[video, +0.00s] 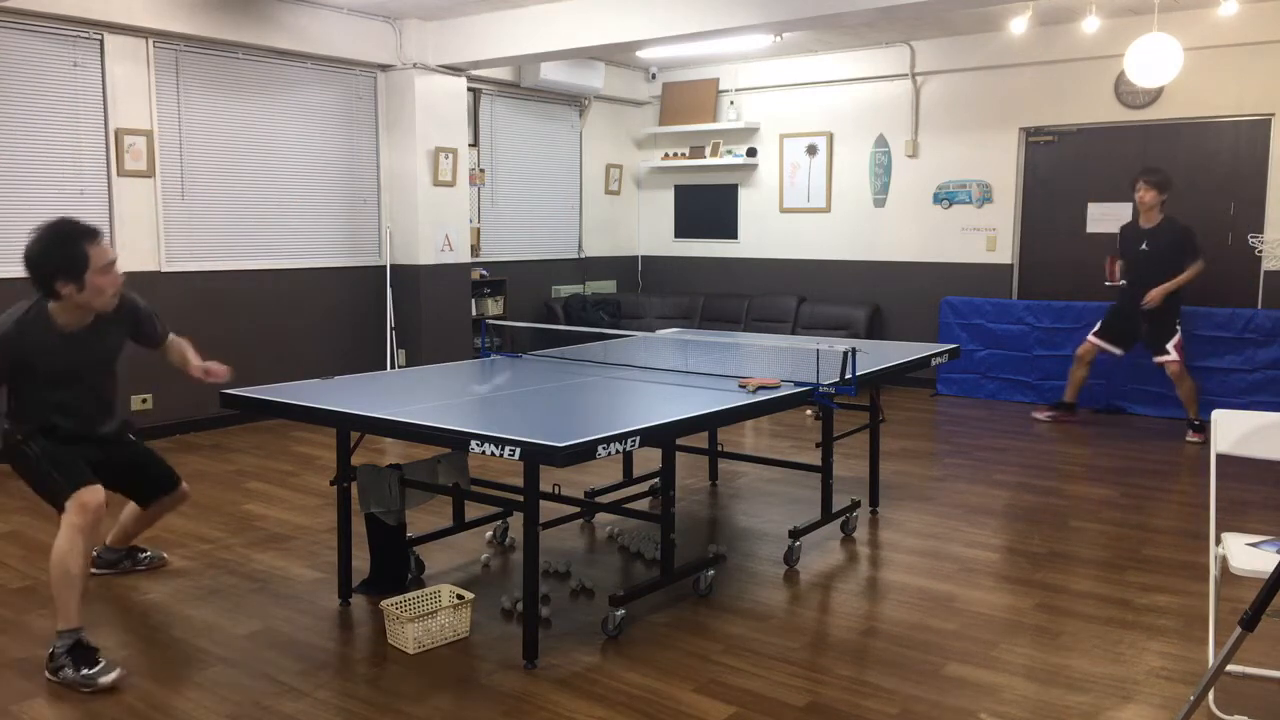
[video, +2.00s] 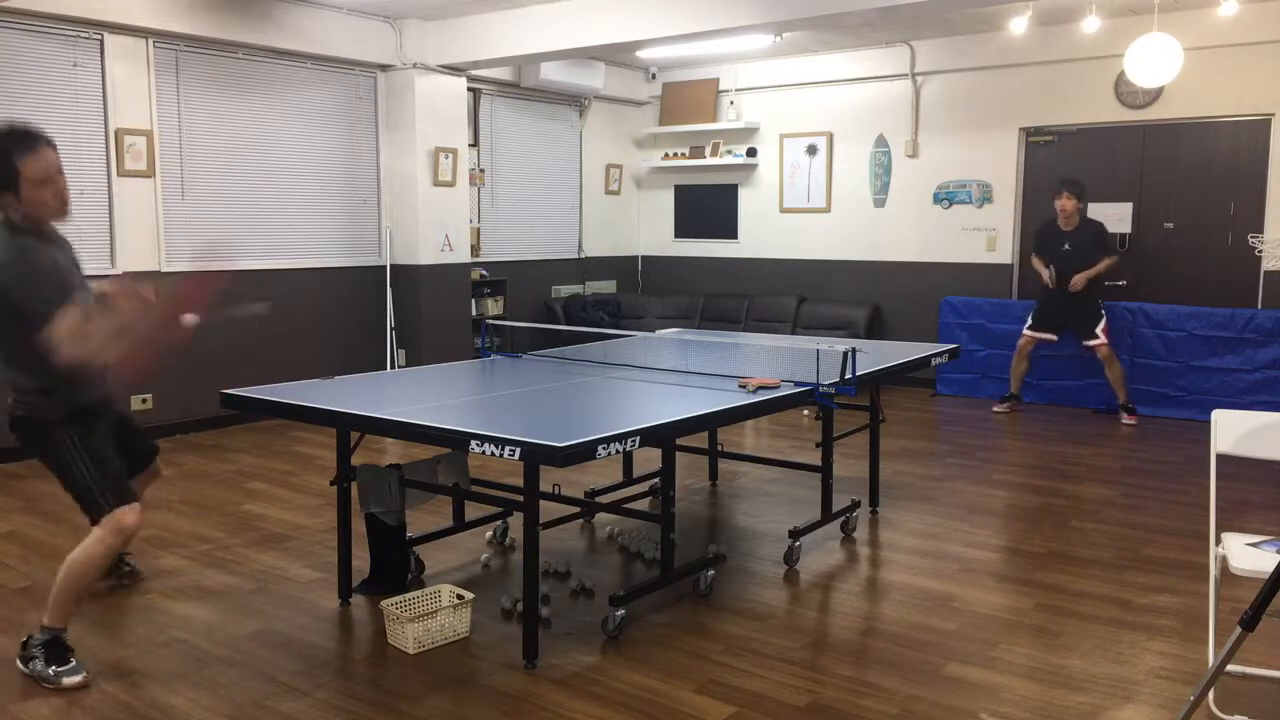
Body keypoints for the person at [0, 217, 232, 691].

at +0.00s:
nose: (119, 275)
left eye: (115, 264)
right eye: (106, 269)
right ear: (66, 287)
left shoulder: (119, 310)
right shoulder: (16, 334)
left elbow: (167, 340)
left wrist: (194, 365)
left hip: (102, 431)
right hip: (36, 437)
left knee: (169, 493)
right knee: (88, 500)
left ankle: (111, 551)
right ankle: (68, 646)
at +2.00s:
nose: (61, 189)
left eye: (60, 176)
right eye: (45, 182)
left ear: (61, 175)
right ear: (10, 200)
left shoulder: (46, 239)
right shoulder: (21, 257)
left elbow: (76, 304)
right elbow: (73, 348)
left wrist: (118, 304)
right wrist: (143, 322)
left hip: (81, 394)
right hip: (47, 409)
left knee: (144, 467)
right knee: (121, 517)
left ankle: (105, 558)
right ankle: (45, 642)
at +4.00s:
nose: (201, 205)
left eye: (196, 196)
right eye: (192, 199)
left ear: (145, 219)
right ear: (170, 215)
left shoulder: (112, 267)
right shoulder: (196, 254)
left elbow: (95, 348)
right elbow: (275, 304)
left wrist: (183, 355)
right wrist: (273, 272)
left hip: (112, 414)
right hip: (165, 410)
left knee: (176, 475)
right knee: (217, 513)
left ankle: (188, 556)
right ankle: (225, 645)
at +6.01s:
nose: (264, 172)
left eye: (261, 163)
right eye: (256, 164)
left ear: (229, 175)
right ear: (228, 175)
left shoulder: (226, 220)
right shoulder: (186, 217)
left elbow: (199, 284)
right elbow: (174, 294)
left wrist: (238, 300)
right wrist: (248, 292)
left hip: (185, 346)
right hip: (147, 349)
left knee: (243, 422)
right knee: (193, 436)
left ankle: (222, 513)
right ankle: (172, 561)